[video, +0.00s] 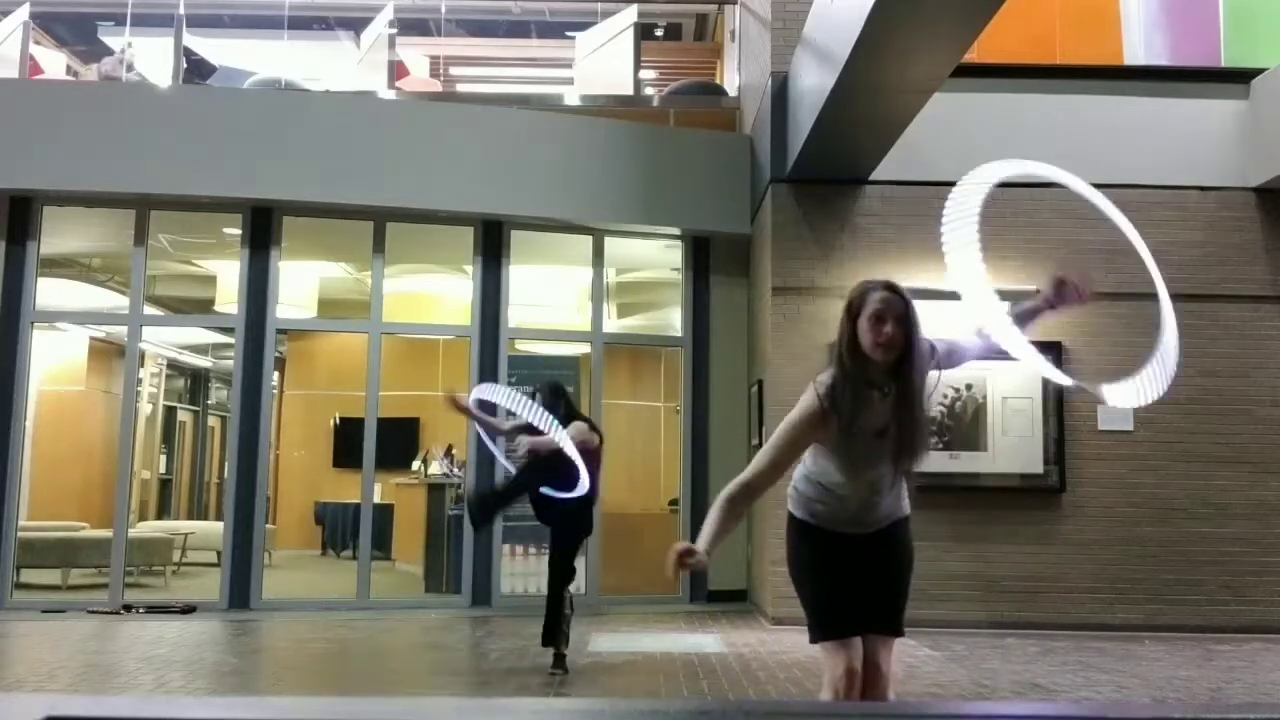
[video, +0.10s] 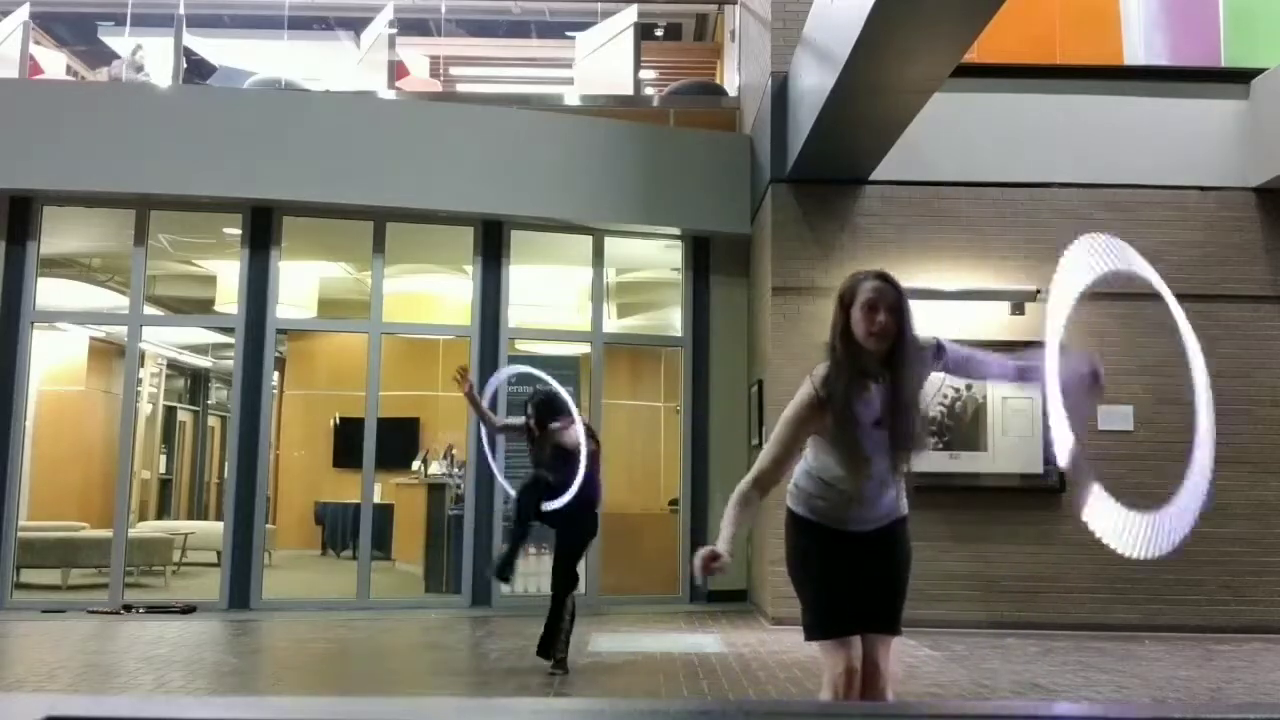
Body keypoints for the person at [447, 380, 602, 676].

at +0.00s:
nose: (537, 408)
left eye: (541, 402)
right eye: (537, 403)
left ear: (555, 403)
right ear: (547, 405)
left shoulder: (581, 427)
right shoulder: (541, 428)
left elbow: (561, 441)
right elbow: (503, 427)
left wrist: (530, 442)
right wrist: (469, 411)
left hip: (574, 515)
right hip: (547, 507)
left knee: (559, 583)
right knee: (539, 462)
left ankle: (559, 651)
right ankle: (484, 509)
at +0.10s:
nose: (530, 424)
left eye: (534, 418)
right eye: (529, 418)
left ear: (548, 416)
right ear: (531, 416)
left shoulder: (574, 427)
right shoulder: (534, 430)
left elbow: (573, 439)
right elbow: (495, 425)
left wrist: (552, 433)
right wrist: (471, 395)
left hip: (578, 512)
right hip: (553, 506)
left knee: (563, 583)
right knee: (532, 485)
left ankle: (559, 654)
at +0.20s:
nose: (526, 435)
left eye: (531, 430)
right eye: (524, 429)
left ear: (545, 428)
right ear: (523, 426)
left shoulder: (568, 436)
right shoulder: (523, 434)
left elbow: (584, 439)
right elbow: (492, 430)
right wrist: (468, 402)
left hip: (582, 505)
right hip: (552, 497)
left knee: (564, 581)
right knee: (526, 527)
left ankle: (557, 654)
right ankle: (532, 589)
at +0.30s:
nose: (517, 434)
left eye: (522, 429)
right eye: (517, 429)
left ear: (536, 427)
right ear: (521, 429)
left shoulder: (568, 437)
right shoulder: (525, 445)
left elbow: (604, 443)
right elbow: (496, 447)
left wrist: (636, 451)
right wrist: (467, 434)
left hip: (585, 507)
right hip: (554, 504)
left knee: (562, 577)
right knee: (522, 554)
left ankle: (558, 653)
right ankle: (545, 601)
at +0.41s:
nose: (518, 423)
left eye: (521, 416)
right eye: (516, 417)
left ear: (535, 414)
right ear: (523, 417)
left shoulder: (570, 430)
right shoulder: (535, 443)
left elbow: (611, 442)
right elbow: (507, 468)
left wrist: (652, 457)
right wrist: (474, 472)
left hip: (583, 507)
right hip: (555, 505)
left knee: (554, 576)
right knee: (525, 578)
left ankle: (560, 655)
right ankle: (548, 635)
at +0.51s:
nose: (519, 418)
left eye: (522, 412)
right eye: (517, 413)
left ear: (538, 409)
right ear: (519, 414)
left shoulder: (571, 428)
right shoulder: (525, 440)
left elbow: (613, 440)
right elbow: (518, 478)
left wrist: (659, 449)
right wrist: (510, 490)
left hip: (577, 509)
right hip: (551, 511)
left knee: (548, 565)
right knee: (535, 578)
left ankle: (575, 620)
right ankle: (551, 653)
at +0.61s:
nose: (528, 412)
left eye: (533, 406)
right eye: (525, 406)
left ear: (545, 403)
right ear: (523, 405)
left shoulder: (575, 421)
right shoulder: (524, 436)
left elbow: (618, 433)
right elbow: (518, 481)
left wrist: (665, 441)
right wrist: (537, 496)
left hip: (577, 506)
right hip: (548, 510)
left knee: (520, 537)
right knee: (539, 590)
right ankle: (553, 654)